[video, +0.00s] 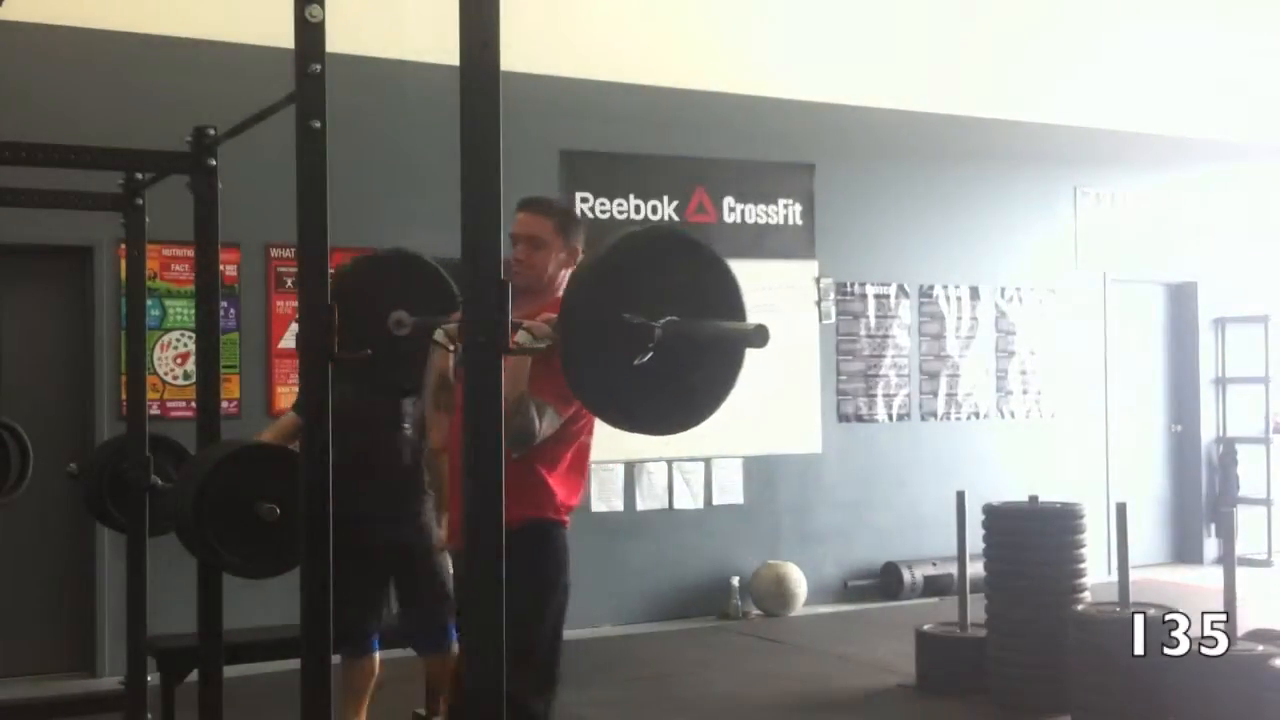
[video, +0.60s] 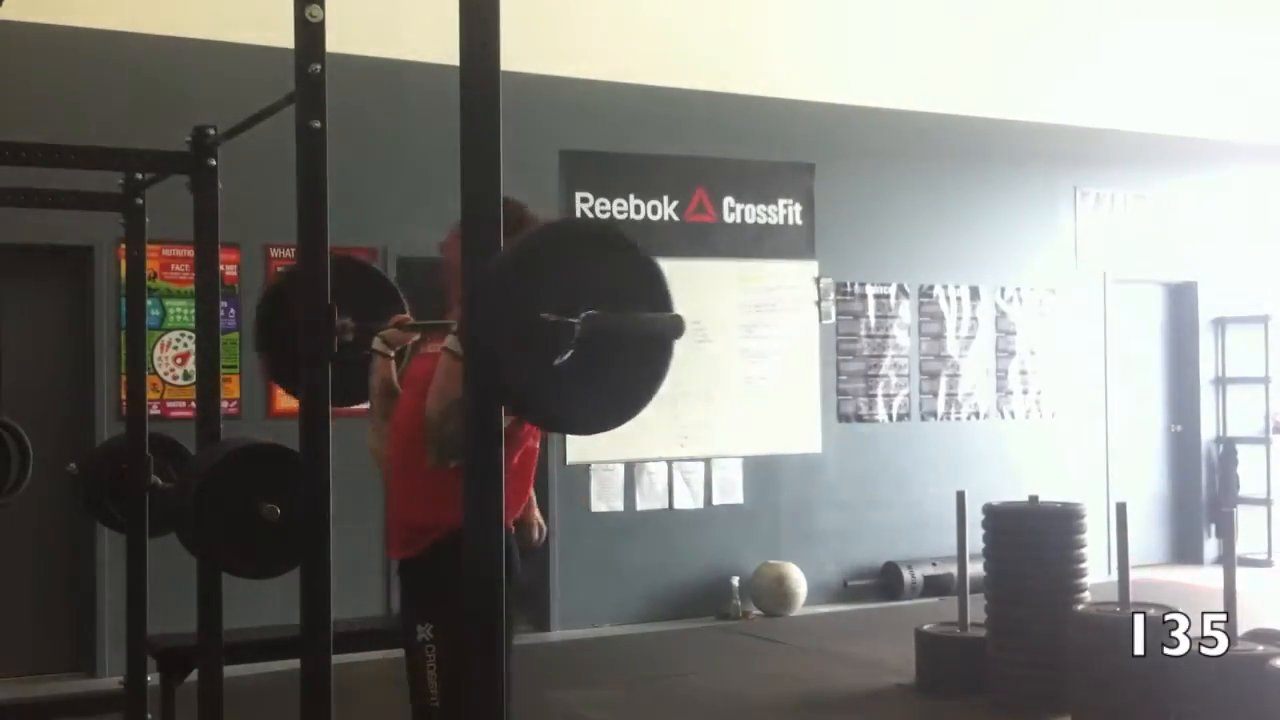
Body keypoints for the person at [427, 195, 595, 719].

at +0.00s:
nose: (517, 253)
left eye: (534, 244)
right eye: (513, 241)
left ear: (569, 258)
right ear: (505, 246)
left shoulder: (573, 328)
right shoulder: (490, 320)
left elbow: (522, 432)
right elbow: (438, 428)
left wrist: (519, 347)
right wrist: (444, 342)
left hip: (530, 529)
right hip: (473, 527)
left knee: (523, 685)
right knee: (476, 679)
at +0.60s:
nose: (443, 250)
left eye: (459, 243)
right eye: (451, 241)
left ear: (494, 262)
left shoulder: (501, 343)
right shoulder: (444, 342)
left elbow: (445, 442)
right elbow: (389, 450)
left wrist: (467, 328)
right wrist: (384, 357)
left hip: (469, 552)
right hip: (430, 552)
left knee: (465, 703)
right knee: (435, 701)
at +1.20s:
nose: (438, 259)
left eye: (445, 245)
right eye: (442, 244)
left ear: (467, 250)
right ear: (485, 251)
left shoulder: (517, 331)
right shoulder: (469, 335)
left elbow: (509, 456)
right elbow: (446, 437)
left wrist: (457, 377)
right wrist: (392, 386)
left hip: (515, 538)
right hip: (476, 537)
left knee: (538, 699)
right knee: (477, 698)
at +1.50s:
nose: (495, 266)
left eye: (507, 249)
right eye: (484, 251)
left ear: (537, 250)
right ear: (481, 262)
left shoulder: (581, 326)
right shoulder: (490, 334)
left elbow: (591, 449)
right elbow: (455, 430)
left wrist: (498, 415)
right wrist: (406, 380)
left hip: (575, 523)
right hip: (502, 522)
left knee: (574, 688)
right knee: (515, 683)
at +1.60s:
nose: (508, 263)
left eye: (521, 248)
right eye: (500, 249)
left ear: (553, 248)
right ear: (495, 256)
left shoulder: (600, 340)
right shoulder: (501, 335)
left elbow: (627, 447)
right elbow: (467, 433)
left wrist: (552, 457)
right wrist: (417, 381)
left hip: (582, 526)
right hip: (512, 526)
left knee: (582, 694)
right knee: (533, 690)